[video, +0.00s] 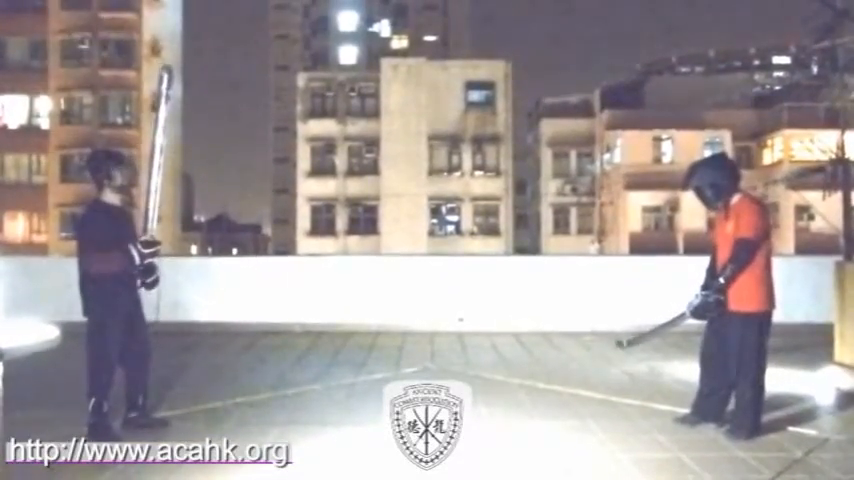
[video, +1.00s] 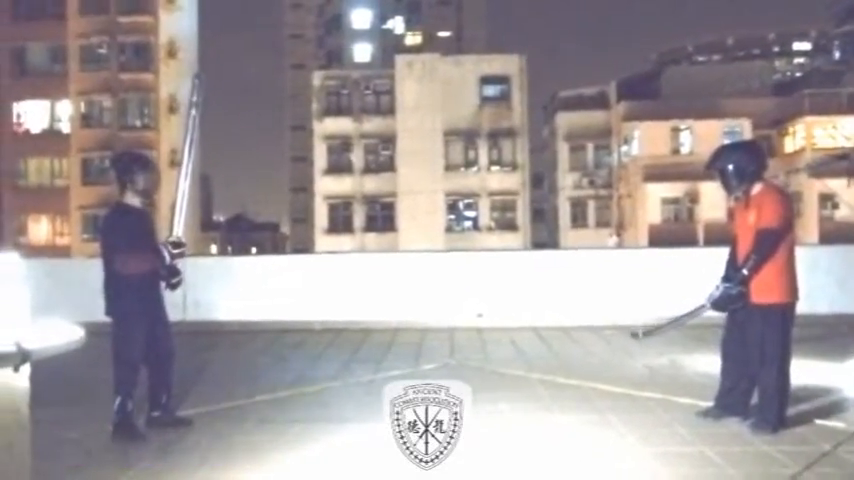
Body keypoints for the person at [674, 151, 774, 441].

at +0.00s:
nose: (702, 197)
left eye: (703, 190)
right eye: (699, 192)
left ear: (717, 185)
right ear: (718, 186)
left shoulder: (749, 208)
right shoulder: (722, 214)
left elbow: (744, 251)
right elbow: (717, 259)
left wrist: (718, 287)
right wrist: (706, 290)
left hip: (751, 303)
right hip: (726, 301)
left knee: (747, 365)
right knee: (715, 358)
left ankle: (745, 421)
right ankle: (707, 410)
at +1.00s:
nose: (724, 182)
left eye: (727, 174)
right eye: (722, 175)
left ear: (743, 170)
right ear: (736, 172)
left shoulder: (772, 198)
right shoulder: (741, 204)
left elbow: (767, 243)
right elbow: (738, 248)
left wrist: (740, 280)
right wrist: (727, 280)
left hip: (773, 295)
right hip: (747, 293)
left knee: (771, 357)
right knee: (736, 350)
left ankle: (769, 414)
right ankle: (731, 403)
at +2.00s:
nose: (720, 187)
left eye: (723, 180)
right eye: (719, 181)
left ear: (739, 178)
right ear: (736, 179)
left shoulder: (768, 206)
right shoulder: (737, 210)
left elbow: (762, 249)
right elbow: (732, 253)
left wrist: (735, 284)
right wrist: (721, 285)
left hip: (765, 301)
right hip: (740, 298)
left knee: (762, 362)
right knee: (727, 354)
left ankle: (759, 419)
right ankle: (720, 407)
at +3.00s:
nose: (708, 186)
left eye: (711, 178)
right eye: (707, 179)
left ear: (727, 177)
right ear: (721, 179)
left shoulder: (755, 207)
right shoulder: (724, 210)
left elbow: (748, 251)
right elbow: (719, 253)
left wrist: (721, 286)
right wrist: (708, 284)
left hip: (752, 299)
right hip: (726, 297)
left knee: (749, 360)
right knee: (715, 353)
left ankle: (746, 417)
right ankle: (708, 405)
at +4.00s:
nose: (712, 169)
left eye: (715, 161)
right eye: (711, 162)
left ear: (731, 159)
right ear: (725, 161)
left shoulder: (760, 189)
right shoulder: (727, 193)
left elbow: (754, 232)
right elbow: (723, 236)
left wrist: (726, 267)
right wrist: (712, 268)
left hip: (756, 283)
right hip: (731, 280)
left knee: (752, 344)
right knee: (719, 336)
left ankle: (750, 401)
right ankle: (712, 388)